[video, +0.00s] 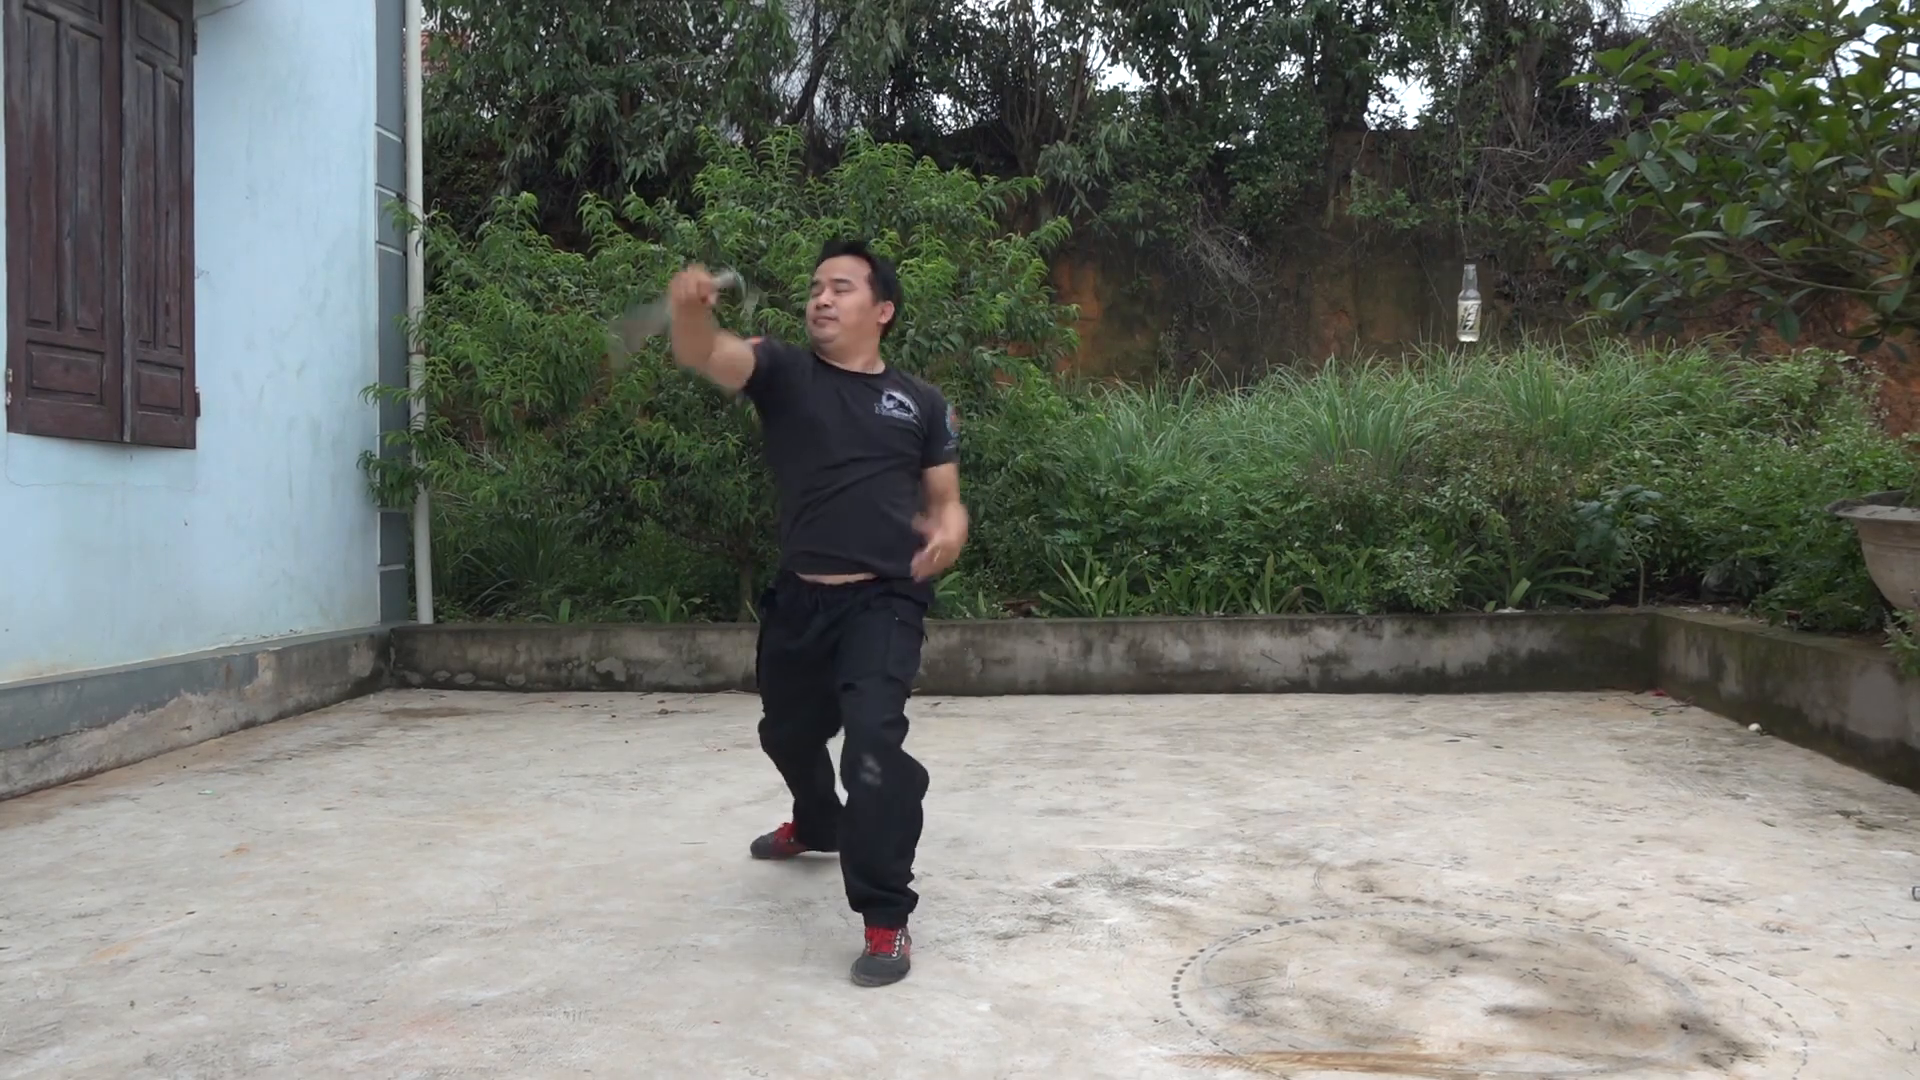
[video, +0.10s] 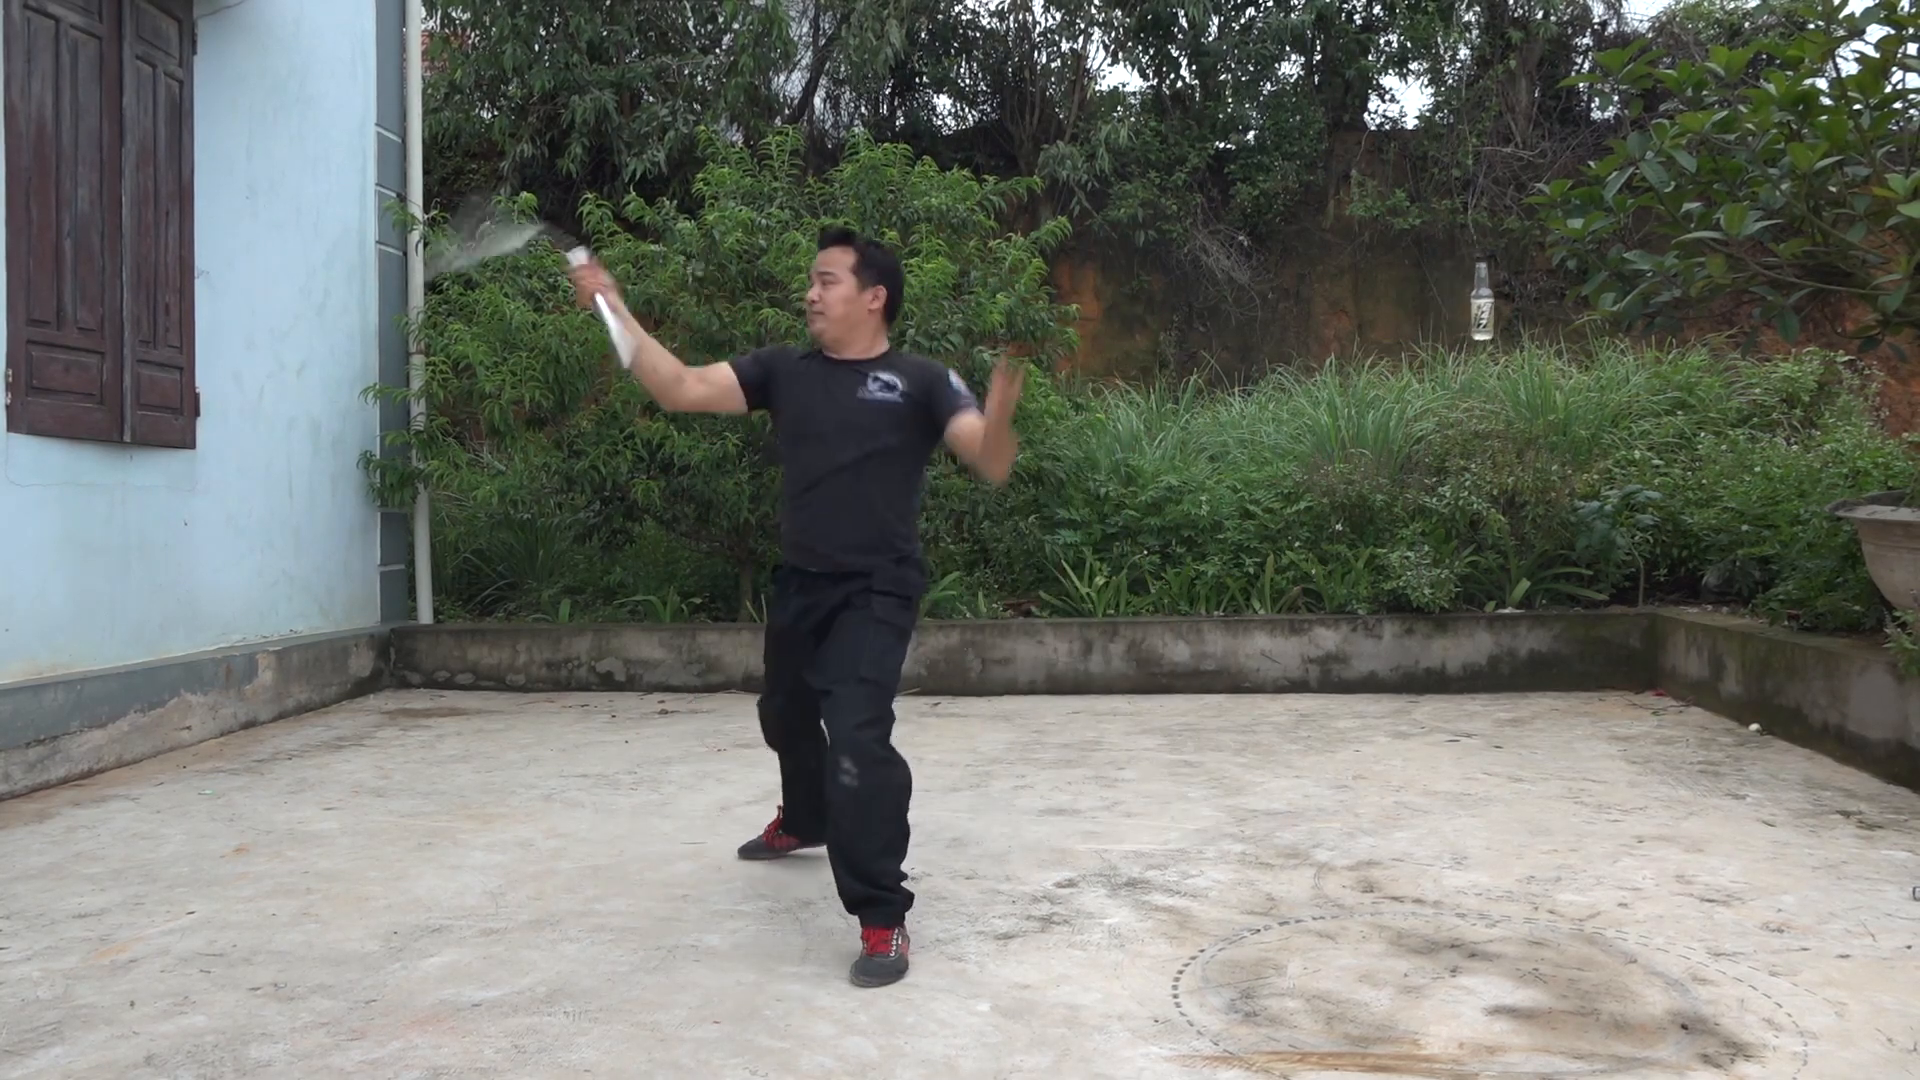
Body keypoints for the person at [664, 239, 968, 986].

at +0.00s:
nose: (821, 299)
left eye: (841, 288)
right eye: (816, 289)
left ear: (883, 310)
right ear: (808, 308)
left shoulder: (922, 404)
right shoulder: (784, 370)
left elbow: (946, 500)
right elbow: (703, 351)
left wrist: (947, 535)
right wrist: (689, 308)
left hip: (882, 598)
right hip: (799, 599)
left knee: (874, 747)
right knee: (789, 736)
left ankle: (885, 919)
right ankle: (819, 821)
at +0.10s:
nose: (811, 293)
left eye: (828, 281)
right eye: (812, 281)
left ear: (875, 297)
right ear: (825, 297)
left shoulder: (923, 380)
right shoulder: (788, 369)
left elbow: (992, 464)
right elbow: (679, 387)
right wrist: (615, 312)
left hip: (878, 587)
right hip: (799, 583)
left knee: (857, 739)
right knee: (785, 713)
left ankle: (881, 918)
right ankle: (805, 817)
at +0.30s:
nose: (783, 317)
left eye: (796, 302)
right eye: (782, 304)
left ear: (842, 309)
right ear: (806, 315)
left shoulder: (864, 378)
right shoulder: (813, 385)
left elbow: (858, 328)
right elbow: (781, 398)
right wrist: (730, 405)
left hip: (866, 581)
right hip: (811, 582)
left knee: (859, 730)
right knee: (805, 697)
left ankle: (929, 899)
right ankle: (827, 789)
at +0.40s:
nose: (773, 366)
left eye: (789, 354)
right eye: (774, 353)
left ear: (834, 368)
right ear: (828, 372)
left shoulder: (834, 422)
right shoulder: (864, 418)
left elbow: (752, 442)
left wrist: (687, 437)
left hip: (854, 612)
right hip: (841, 610)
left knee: (879, 743)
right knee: (802, 699)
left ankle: (949, 906)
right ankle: (843, 805)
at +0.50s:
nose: (757, 404)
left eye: (769, 392)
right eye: (755, 392)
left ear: (813, 398)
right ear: (815, 402)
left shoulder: (794, 456)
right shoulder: (869, 438)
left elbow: (693, 494)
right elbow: (912, 452)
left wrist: (630, 506)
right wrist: (899, 444)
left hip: (862, 624)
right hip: (834, 627)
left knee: (869, 739)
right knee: (789, 705)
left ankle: (950, 909)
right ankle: (840, 806)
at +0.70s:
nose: (764, 358)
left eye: (777, 343)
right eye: (755, 349)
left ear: (816, 345)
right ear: (750, 360)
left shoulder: (831, 391)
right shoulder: (795, 412)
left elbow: (872, 399)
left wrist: (889, 423)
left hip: (893, 597)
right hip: (824, 610)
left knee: (903, 729)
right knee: (807, 711)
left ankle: (902, 894)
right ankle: (834, 796)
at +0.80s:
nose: (804, 312)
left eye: (819, 297)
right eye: (788, 302)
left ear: (847, 306)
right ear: (774, 321)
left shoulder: (892, 350)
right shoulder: (792, 410)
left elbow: (998, 337)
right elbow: (771, 505)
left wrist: (1093, 318)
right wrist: (717, 438)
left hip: (916, 584)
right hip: (826, 589)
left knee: (909, 728)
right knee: (786, 722)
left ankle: (886, 896)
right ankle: (834, 770)